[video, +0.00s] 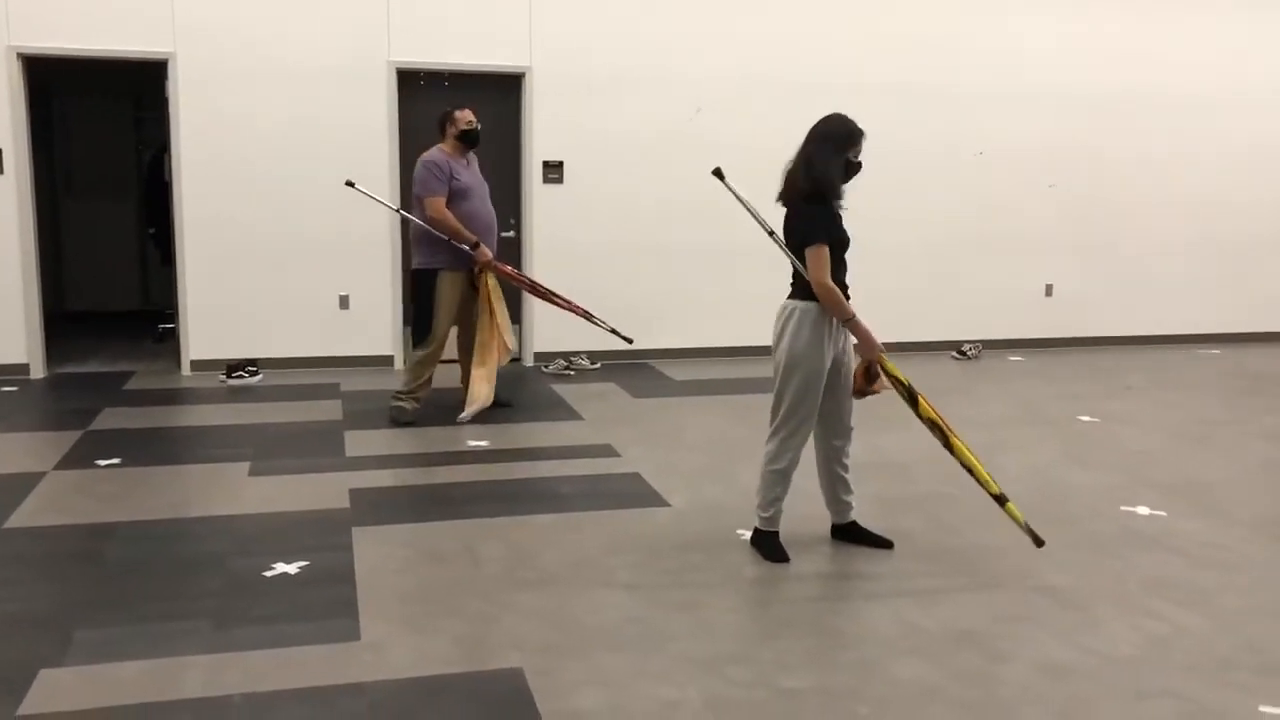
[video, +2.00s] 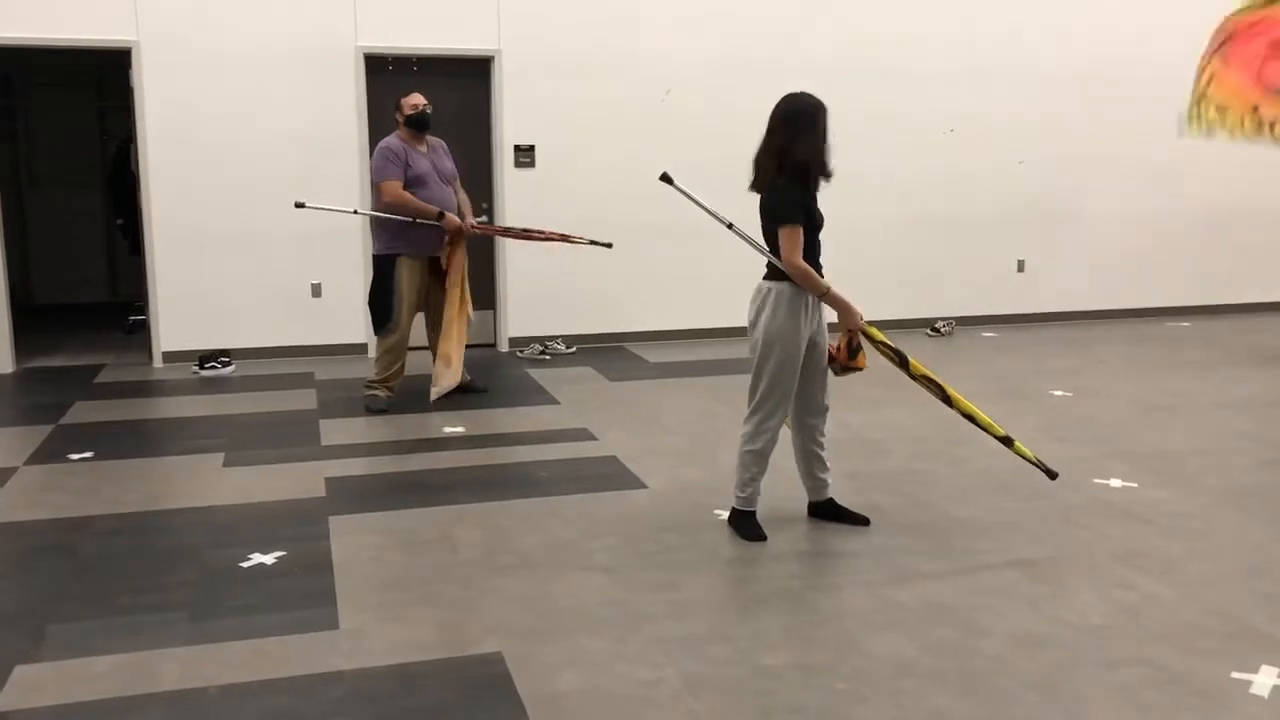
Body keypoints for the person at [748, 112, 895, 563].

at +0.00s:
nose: (858, 165)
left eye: (859, 156)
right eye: (853, 156)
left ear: (825, 153)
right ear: (832, 155)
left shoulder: (823, 204)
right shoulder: (811, 206)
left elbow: (827, 280)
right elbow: (820, 282)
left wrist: (850, 336)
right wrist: (863, 333)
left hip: (834, 323)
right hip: (806, 323)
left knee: (836, 428)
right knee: (791, 428)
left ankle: (843, 522)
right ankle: (766, 527)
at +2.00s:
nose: (825, 138)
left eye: (823, 129)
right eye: (821, 130)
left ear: (782, 130)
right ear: (810, 133)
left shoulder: (800, 181)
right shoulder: (786, 184)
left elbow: (800, 259)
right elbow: (791, 262)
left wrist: (832, 312)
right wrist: (843, 305)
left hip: (807, 302)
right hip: (782, 302)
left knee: (811, 408)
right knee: (768, 409)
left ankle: (820, 500)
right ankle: (743, 507)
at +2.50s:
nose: (829, 144)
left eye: (823, 135)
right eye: (825, 136)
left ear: (776, 142)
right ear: (820, 140)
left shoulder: (768, 192)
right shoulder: (812, 191)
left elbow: (766, 267)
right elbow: (811, 266)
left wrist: (771, 323)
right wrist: (860, 307)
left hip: (779, 303)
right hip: (797, 305)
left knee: (812, 409)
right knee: (782, 410)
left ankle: (827, 501)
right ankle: (745, 510)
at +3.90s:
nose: (828, 156)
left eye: (825, 147)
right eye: (823, 147)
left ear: (779, 151)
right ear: (814, 151)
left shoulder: (777, 201)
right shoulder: (804, 202)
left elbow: (778, 274)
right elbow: (816, 279)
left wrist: (831, 303)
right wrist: (866, 318)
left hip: (802, 315)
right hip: (799, 317)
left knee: (823, 419)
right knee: (786, 422)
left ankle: (832, 513)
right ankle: (753, 524)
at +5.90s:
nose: (837, 139)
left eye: (832, 131)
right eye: (833, 131)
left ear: (792, 136)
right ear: (826, 135)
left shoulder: (797, 181)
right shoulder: (813, 185)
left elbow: (811, 259)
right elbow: (828, 263)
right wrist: (876, 305)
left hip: (816, 301)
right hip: (805, 302)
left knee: (828, 406)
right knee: (789, 409)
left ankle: (841, 498)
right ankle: (761, 511)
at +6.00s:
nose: (838, 138)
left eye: (833, 130)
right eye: (834, 130)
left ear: (789, 137)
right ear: (827, 135)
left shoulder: (791, 185)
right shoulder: (814, 186)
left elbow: (804, 259)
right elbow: (830, 264)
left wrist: (854, 291)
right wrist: (876, 302)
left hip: (811, 300)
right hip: (806, 301)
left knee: (828, 405)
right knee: (789, 408)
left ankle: (841, 497)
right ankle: (761, 509)